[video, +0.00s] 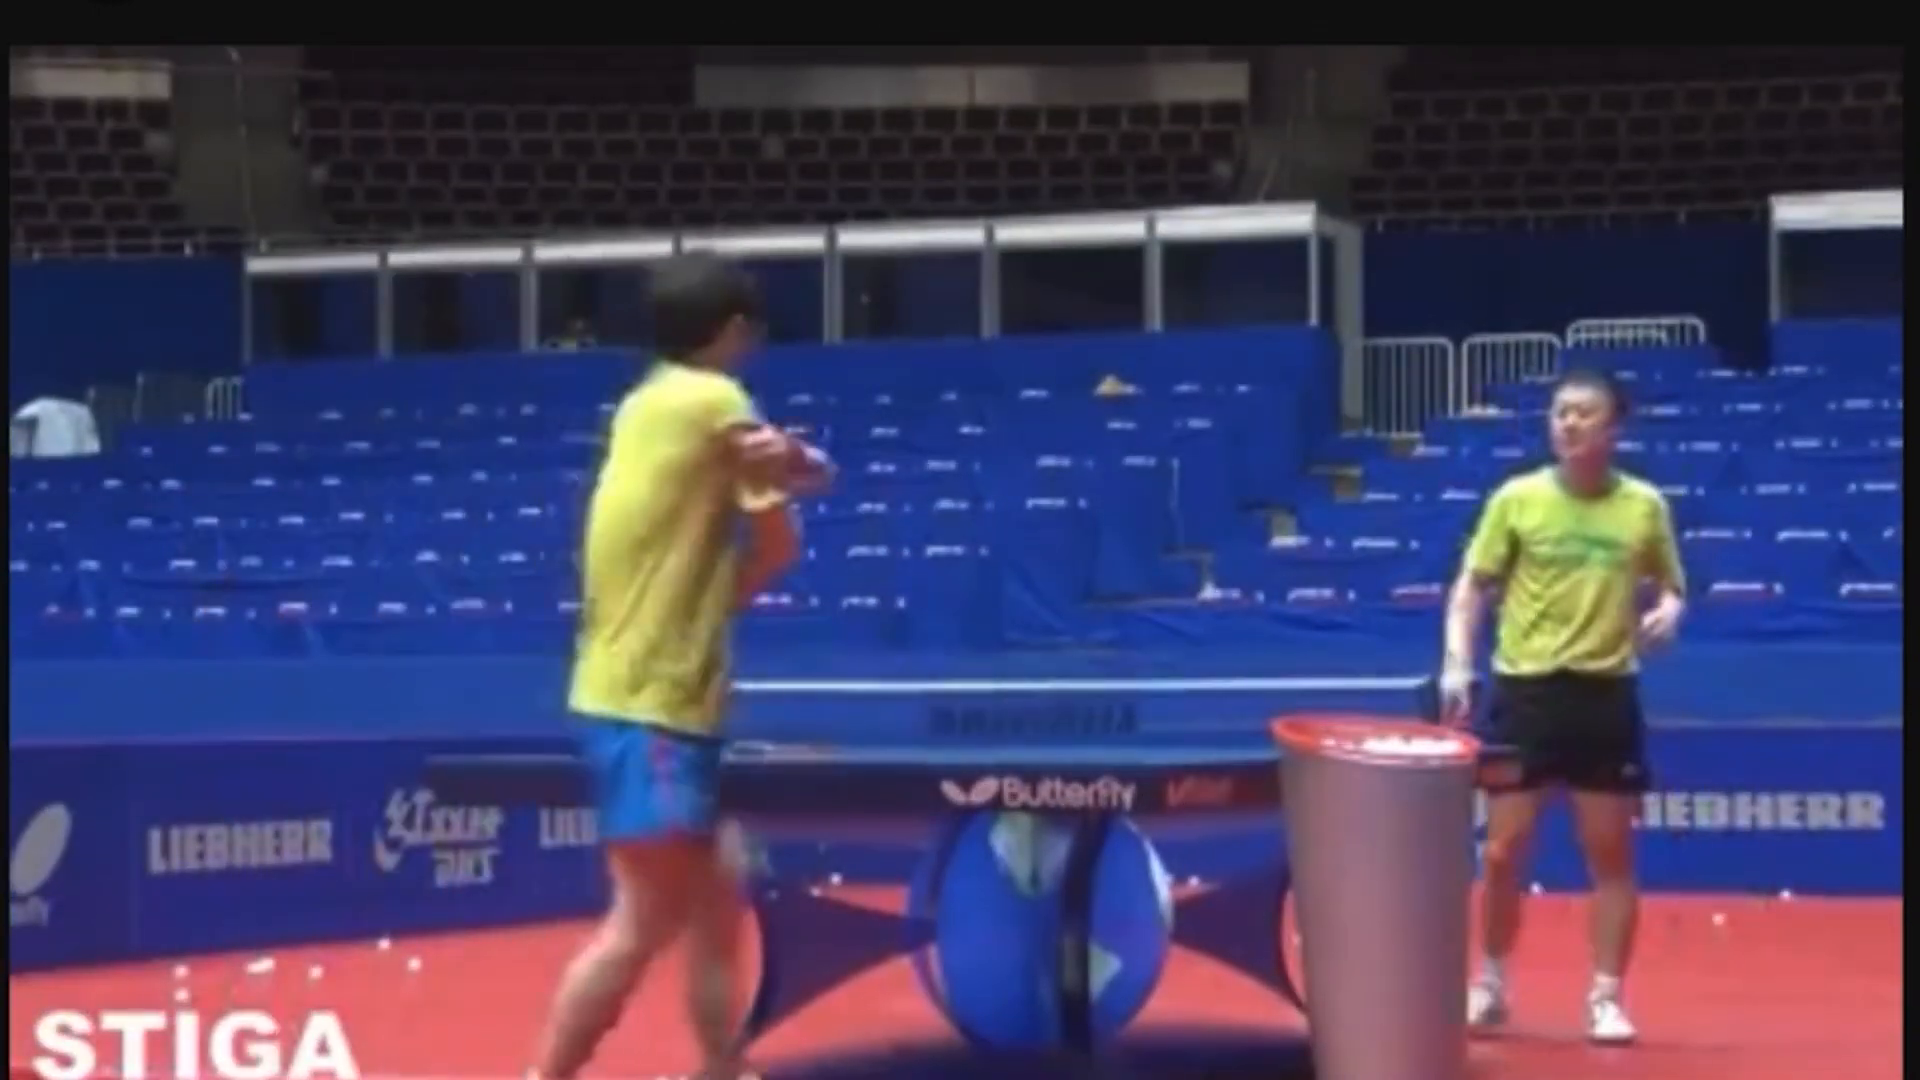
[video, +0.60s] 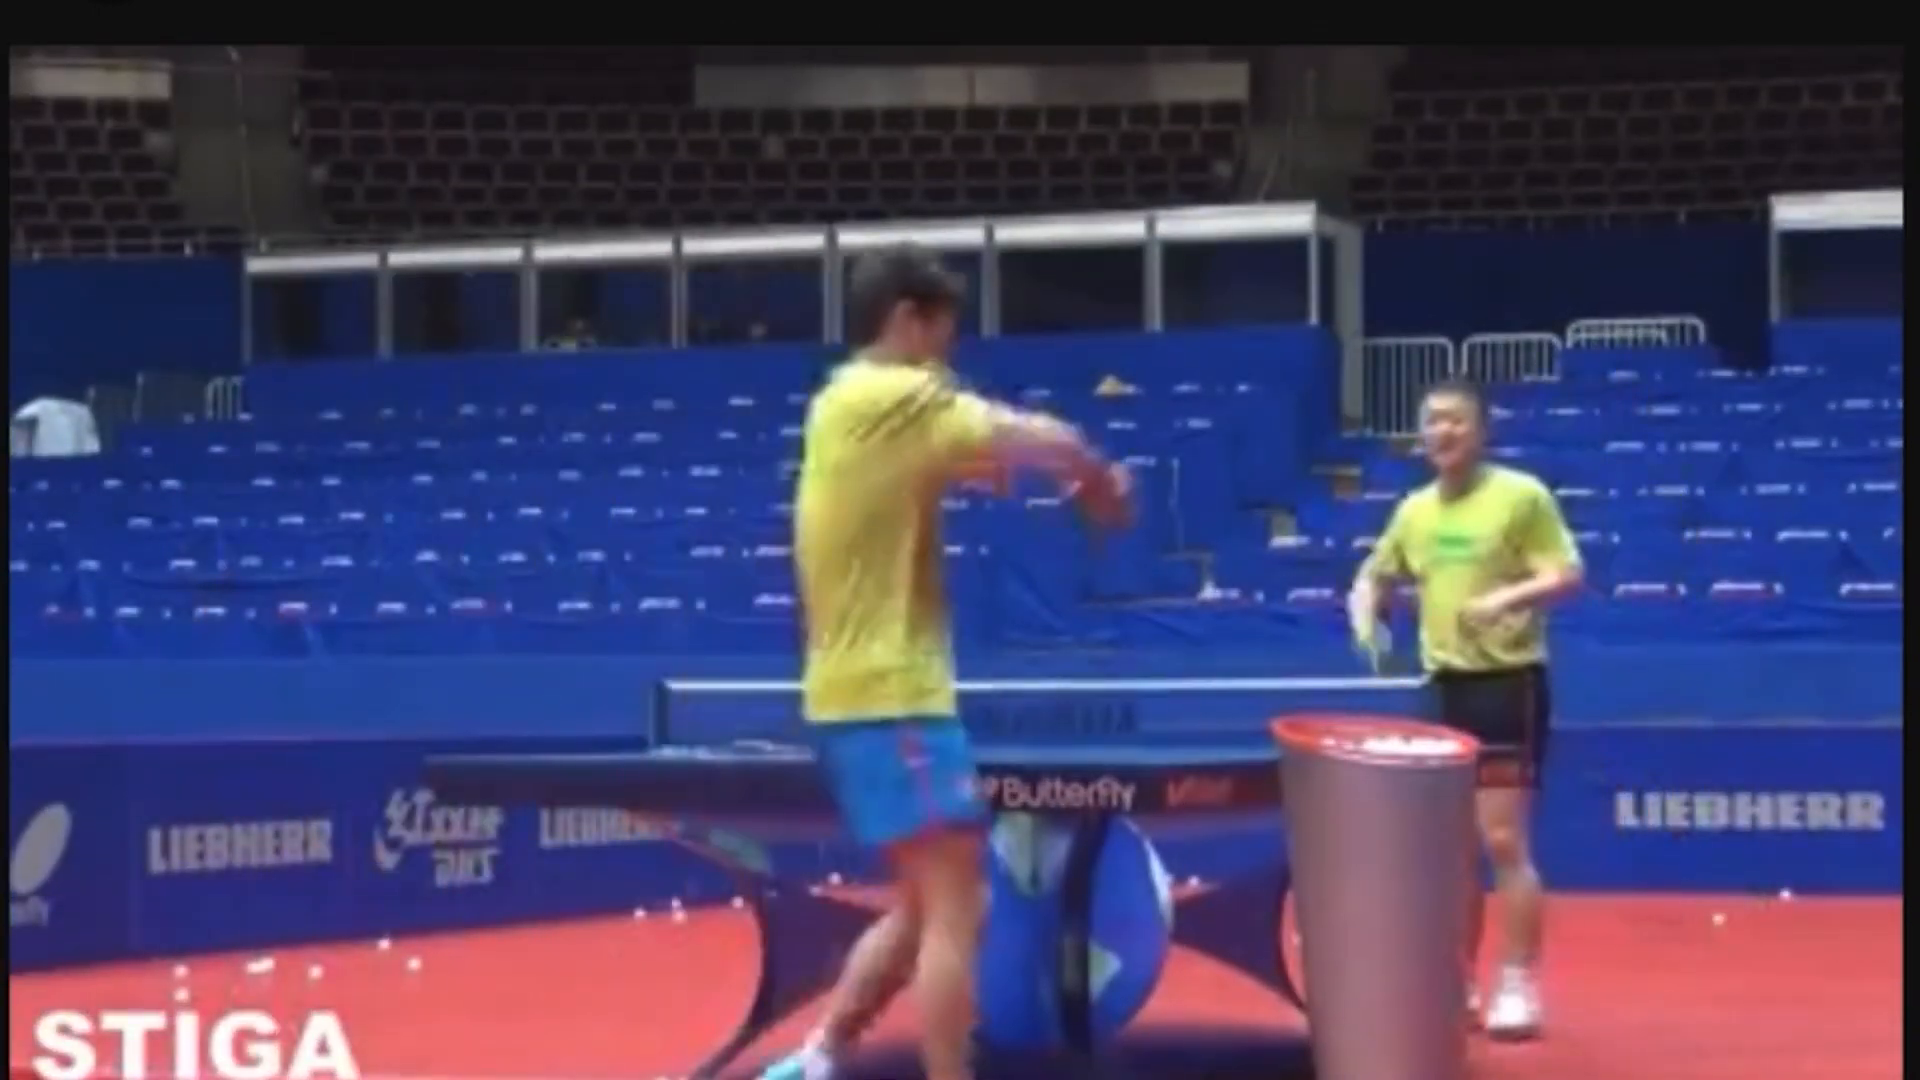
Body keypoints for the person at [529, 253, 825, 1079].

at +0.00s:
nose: (753, 338)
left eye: (749, 325)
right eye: (750, 325)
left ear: (671, 331)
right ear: (730, 328)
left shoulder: (650, 403)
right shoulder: (711, 401)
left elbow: (757, 546)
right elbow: (808, 479)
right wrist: (796, 458)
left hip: (644, 703)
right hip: (649, 709)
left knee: (713, 910)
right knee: (644, 918)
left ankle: (722, 1064)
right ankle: (547, 1068)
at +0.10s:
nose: (785, 342)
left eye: (781, 327)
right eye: (779, 327)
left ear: (708, 332)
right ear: (756, 329)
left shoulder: (698, 405)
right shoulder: (732, 392)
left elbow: (801, 551)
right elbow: (824, 463)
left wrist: (807, 477)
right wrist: (846, 452)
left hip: (703, 701)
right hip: (689, 703)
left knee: (752, 903)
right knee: (752, 901)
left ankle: (746, 1062)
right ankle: (588, 1058)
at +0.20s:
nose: (824, 347)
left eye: (824, 331)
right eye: (819, 330)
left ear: (753, 328)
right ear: (790, 326)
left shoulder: (740, 408)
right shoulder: (756, 392)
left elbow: (846, 543)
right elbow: (890, 463)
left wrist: (836, 464)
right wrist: (866, 444)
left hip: (726, 700)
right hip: (740, 703)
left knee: (780, 905)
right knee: (833, 892)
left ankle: (751, 1067)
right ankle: (689, 1050)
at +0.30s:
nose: (859, 345)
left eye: (860, 327)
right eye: (853, 326)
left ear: (795, 322)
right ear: (814, 317)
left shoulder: (757, 401)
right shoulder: (784, 389)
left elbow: (872, 540)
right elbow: (925, 459)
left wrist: (863, 458)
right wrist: (894, 436)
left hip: (747, 691)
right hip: (779, 692)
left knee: (798, 901)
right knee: (868, 883)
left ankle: (742, 1054)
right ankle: (767, 1054)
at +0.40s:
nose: (895, 348)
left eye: (896, 329)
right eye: (888, 327)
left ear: (832, 321)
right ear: (847, 316)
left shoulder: (792, 394)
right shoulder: (826, 396)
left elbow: (968, 470)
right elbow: (917, 512)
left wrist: (918, 436)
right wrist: (922, 572)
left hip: (777, 696)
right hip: (816, 702)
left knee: (816, 922)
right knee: (874, 913)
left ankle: (759, 1069)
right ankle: (904, 1069)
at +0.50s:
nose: (923, 351)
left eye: (925, 332)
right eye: (918, 331)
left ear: (866, 324)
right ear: (879, 320)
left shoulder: (817, 399)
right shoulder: (858, 405)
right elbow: (978, 497)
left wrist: (959, 457)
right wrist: (1009, 554)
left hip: (817, 702)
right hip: (858, 707)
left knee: (842, 929)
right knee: (906, 922)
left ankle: (771, 1068)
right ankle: (936, 1068)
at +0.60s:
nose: (946, 348)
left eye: (949, 333)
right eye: (942, 330)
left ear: (887, 323)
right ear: (905, 319)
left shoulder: (845, 400)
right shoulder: (891, 400)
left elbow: (978, 459)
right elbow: (1044, 441)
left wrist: (1054, 461)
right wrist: (1096, 478)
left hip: (855, 698)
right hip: (894, 699)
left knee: (920, 902)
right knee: (953, 907)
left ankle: (815, 1059)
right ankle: (951, 1070)